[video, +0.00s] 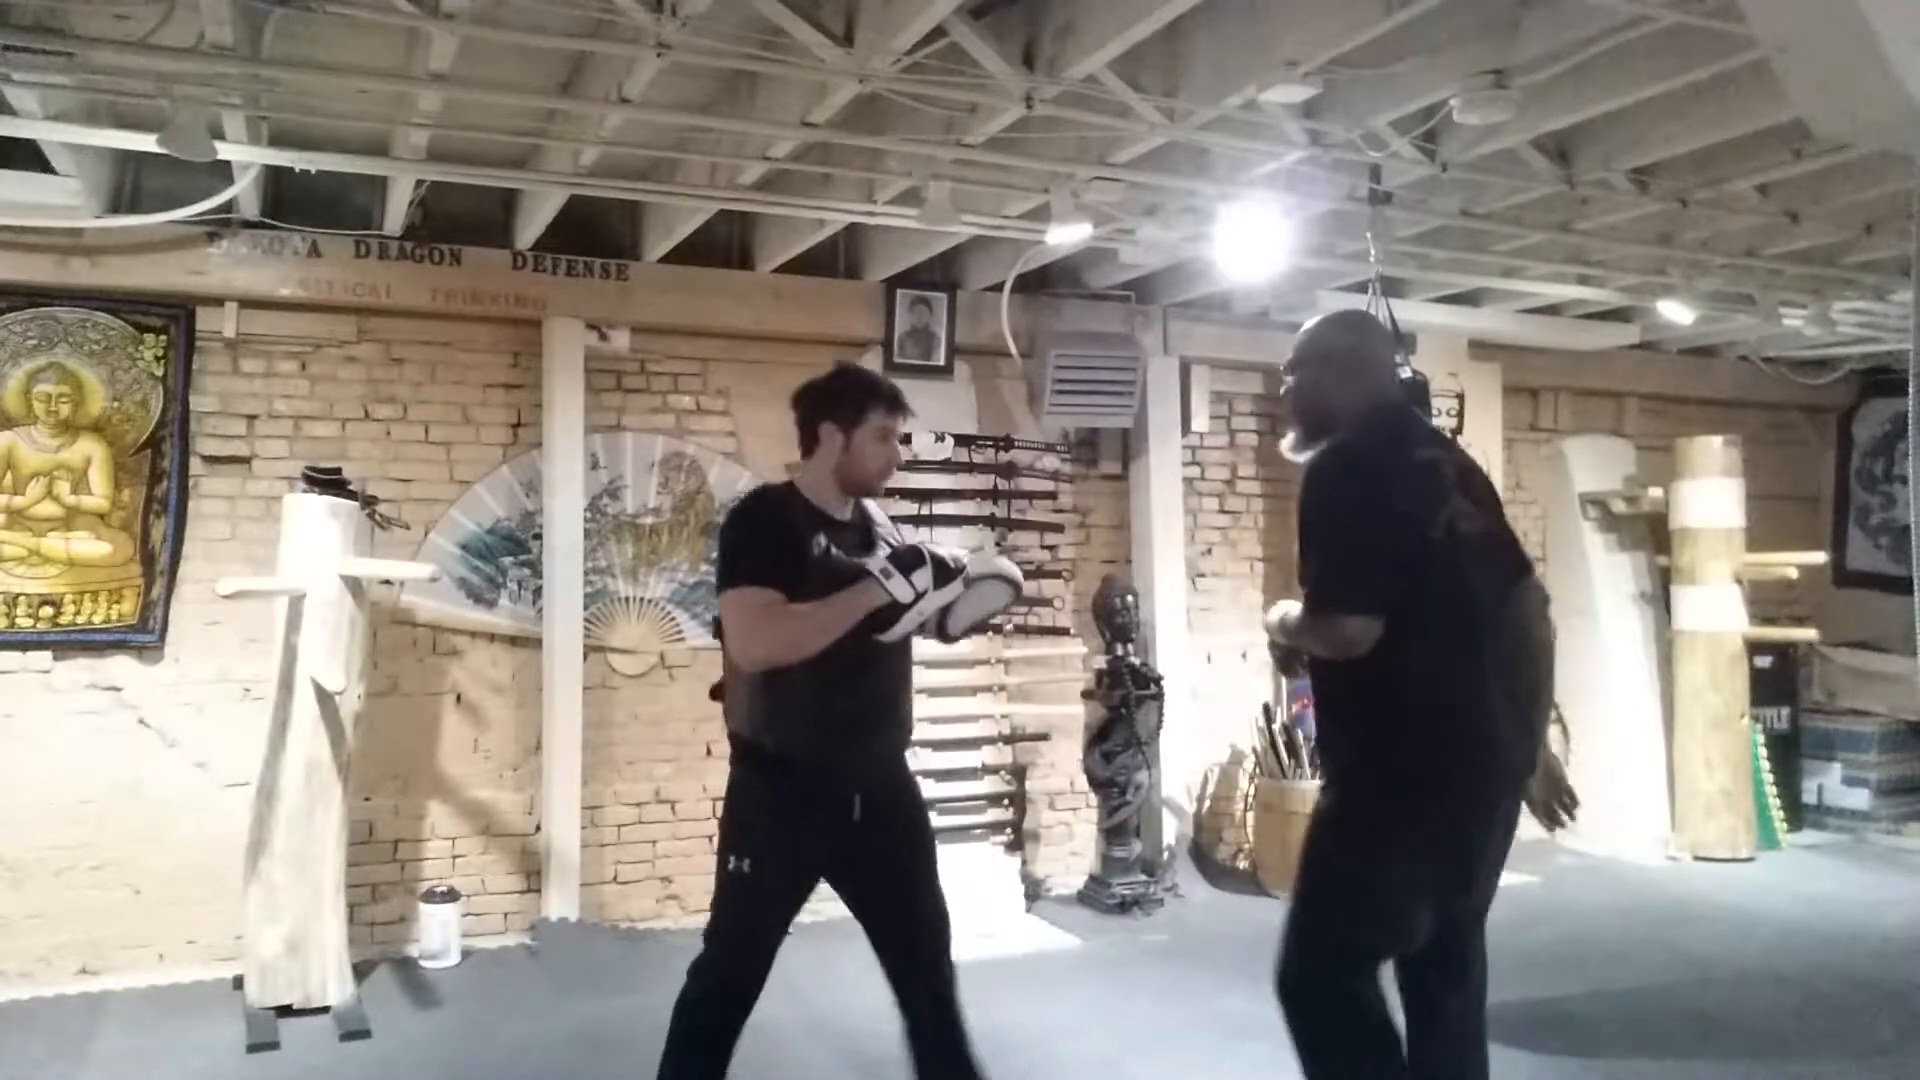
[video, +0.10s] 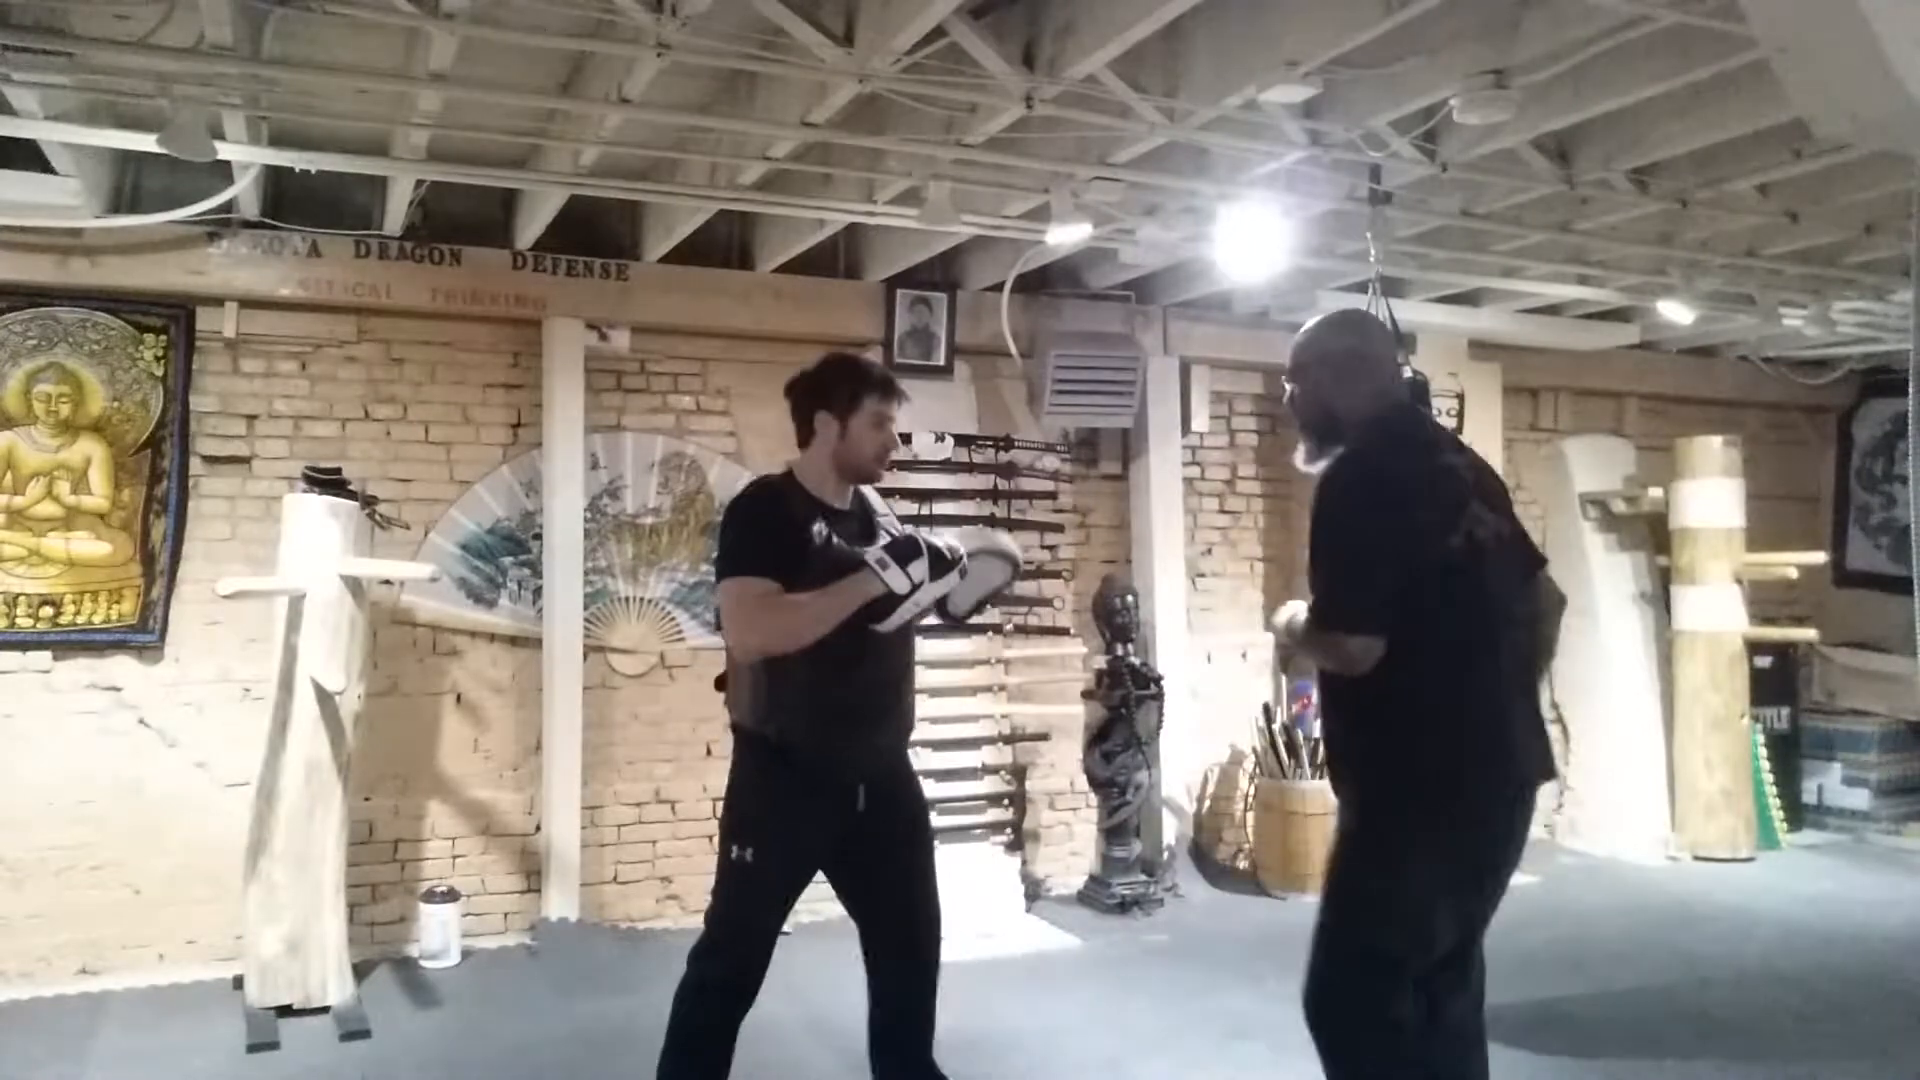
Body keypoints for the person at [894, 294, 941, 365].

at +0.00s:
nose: (919, 316)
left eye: (923, 312)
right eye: (915, 312)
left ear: (930, 315)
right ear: (909, 314)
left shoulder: (935, 339)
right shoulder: (902, 338)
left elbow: (935, 362)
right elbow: (898, 360)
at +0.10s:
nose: (919, 316)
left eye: (923, 312)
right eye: (916, 312)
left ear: (930, 315)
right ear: (909, 315)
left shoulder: (935, 340)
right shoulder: (902, 339)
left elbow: (935, 363)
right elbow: (898, 360)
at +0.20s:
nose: (919, 316)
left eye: (923, 312)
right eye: (916, 312)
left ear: (930, 315)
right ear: (909, 314)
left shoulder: (934, 339)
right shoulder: (902, 339)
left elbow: (935, 362)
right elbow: (897, 360)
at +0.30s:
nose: (919, 316)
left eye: (923, 312)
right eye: (916, 312)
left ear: (930, 316)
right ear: (909, 314)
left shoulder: (935, 340)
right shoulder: (902, 339)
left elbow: (935, 363)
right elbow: (898, 360)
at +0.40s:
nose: (919, 316)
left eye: (923, 312)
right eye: (916, 312)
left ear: (930, 316)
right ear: (909, 315)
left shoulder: (935, 340)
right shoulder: (902, 339)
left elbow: (935, 363)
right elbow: (898, 361)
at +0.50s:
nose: (919, 316)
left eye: (923, 312)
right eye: (916, 312)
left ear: (930, 316)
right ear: (909, 315)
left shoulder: (935, 340)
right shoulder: (902, 339)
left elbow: (935, 363)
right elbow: (898, 361)